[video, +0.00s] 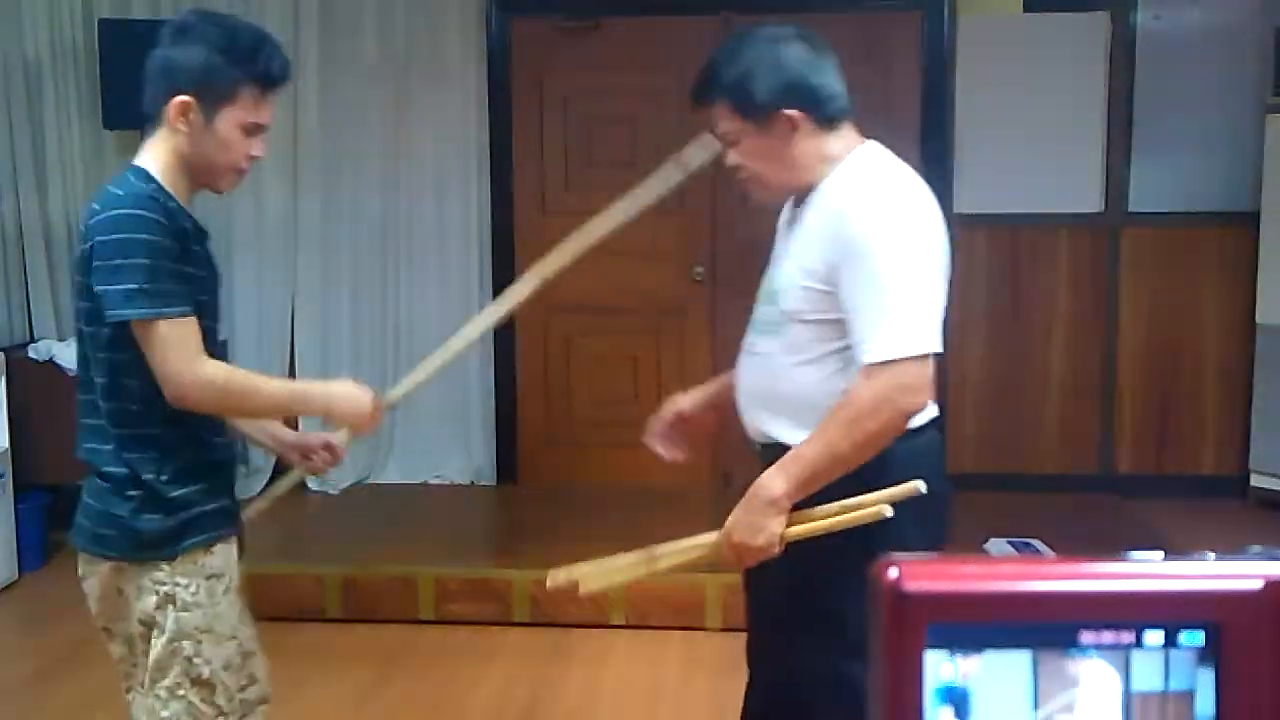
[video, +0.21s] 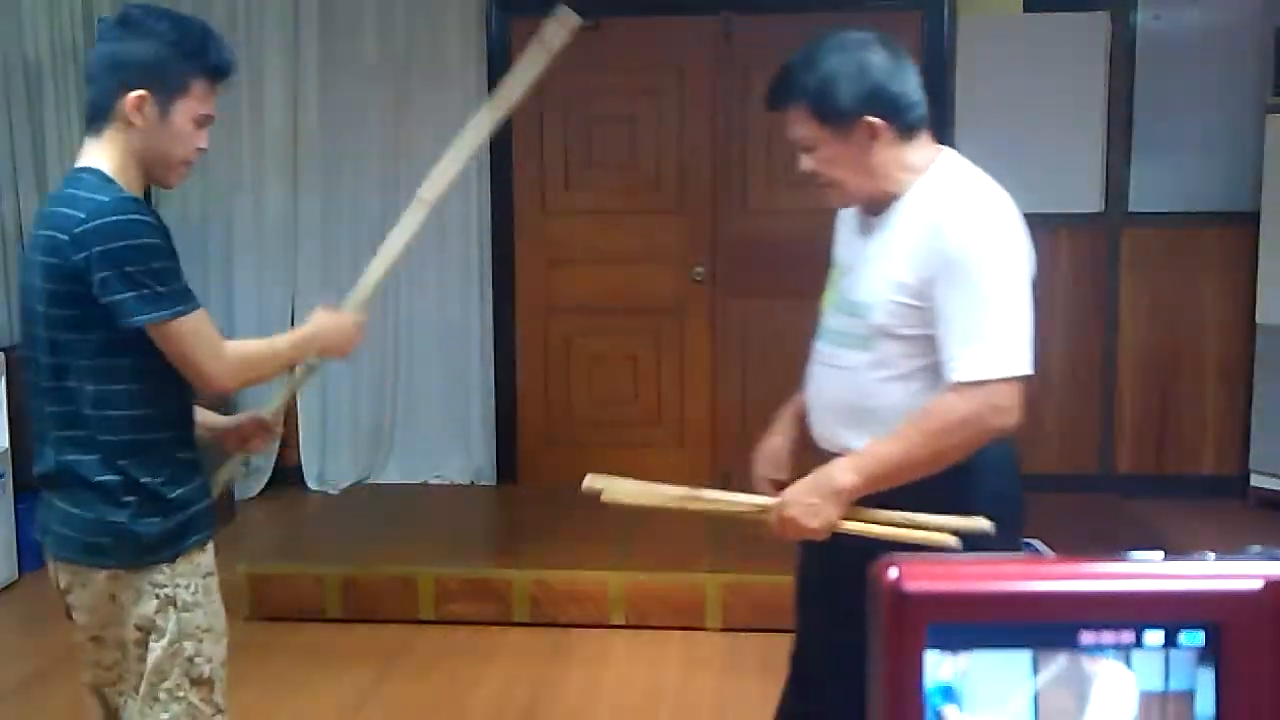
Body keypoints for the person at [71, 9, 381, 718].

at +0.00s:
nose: (259, 150)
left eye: (263, 132)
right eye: (248, 129)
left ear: (185, 120)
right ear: (183, 116)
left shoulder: (169, 221)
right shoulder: (135, 218)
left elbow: (196, 374)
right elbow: (185, 381)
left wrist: (281, 440)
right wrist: (323, 396)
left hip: (181, 528)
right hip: (157, 537)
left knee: (218, 698)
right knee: (206, 702)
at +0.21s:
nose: (204, 144)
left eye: (208, 125)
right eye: (198, 122)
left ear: (136, 110)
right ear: (137, 108)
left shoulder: (69, 209)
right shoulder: (118, 220)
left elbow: (104, 389)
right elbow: (216, 370)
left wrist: (210, 429)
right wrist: (313, 338)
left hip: (88, 525)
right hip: (145, 536)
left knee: (123, 705)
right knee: (181, 708)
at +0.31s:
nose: (174, 144)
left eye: (178, 125)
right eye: (168, 122)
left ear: (104, 110)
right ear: (108, 109)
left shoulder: (26, 215)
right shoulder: (101, 222)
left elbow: (67, 392)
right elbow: (204, 362)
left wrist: (177, 428)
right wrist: (291, 310)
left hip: (55, 526)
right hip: (128, 536)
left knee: (84, 699)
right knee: (172, 706)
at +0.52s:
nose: (111, 152)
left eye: (114, 133)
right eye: (100, 132)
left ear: (35, 125)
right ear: (37, 123)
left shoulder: (11, 217)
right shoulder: (30, 225)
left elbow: (19, 403)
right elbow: (135, 369)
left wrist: (106, 463)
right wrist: (209, 298)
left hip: (21, 542)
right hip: (66, 548)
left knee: (29, 703)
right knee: (126, 704)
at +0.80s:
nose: (44, 150)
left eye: (49, 132)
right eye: (36, 130)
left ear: (12, 120)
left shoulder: (3, 230)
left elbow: (8, 372)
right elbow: (27, 367)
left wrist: (47, 455)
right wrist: (109, 274)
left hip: (22, 536)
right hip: (10, 545)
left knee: (43, 700)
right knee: (42, 706)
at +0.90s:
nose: (25, 151)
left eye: (30, 132)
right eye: (19, 131)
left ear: (23, 122)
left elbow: (10, 361)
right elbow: (6, 367)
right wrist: (92, 279)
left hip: (13, 530)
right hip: (6, 534)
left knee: (28, 698)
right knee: (22, 702)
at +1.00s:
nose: (12, 149)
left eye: (15, 129)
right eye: (9, 129)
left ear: (21, 121)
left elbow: (11, 360)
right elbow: (9, 362)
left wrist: (78, 289)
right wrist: (80, 288)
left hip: (13, 527)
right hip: (7, 531)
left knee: (17, 700)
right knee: (13, 700)